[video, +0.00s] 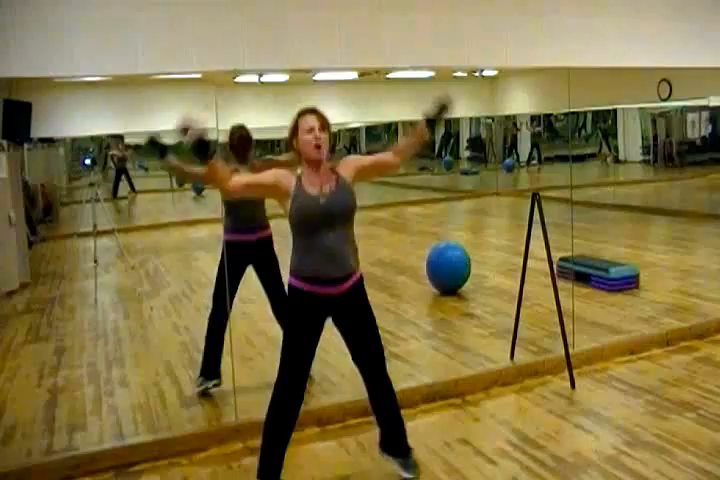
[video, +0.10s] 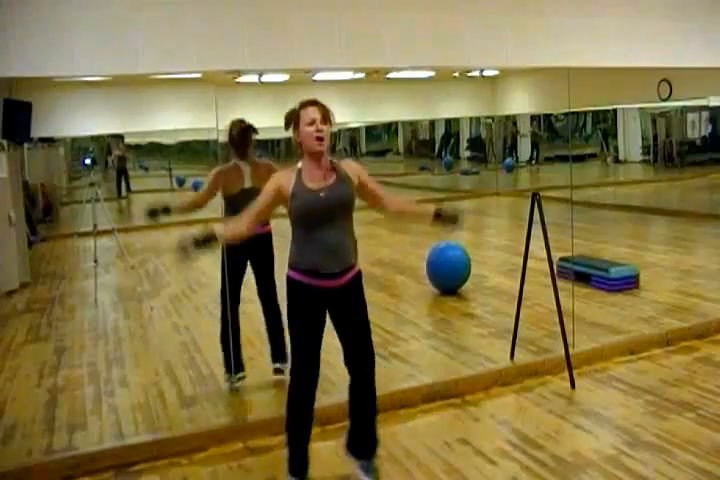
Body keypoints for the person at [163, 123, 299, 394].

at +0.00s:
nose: (240, 146)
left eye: (236, 141)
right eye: (243, 141)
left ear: (229, 146)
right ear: (251, 146)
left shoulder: (222, 171)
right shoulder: (263, 167)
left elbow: (188, 174)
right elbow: (294, 161)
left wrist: (169, 162)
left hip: (235, 244)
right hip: (263, 242)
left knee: (220, 308)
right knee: (281, 304)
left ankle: (209, 374)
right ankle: (302, 365)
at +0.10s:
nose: (244, 144)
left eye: (236, 139)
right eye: (247, 139)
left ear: (229, 143)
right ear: (252, 141)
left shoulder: (222, 174)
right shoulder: (268, 169)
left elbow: (199, 202)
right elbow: (286, 200)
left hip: (234, 244)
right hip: (263, 242)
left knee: (229, 303)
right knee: (270, 300)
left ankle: (234, 369)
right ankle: (280, 359)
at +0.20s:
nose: (247, 154)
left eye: (240, 151)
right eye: (250, 150)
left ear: (231, 153)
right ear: (253, 152)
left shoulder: (227, 185)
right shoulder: (265, 183)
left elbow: (221, 227)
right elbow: (275, 220)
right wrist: (283, 249)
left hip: (236, 252)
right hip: (262, 249)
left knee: (239, 310)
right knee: (262, 306)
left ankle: (250, 371)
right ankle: (266, 368)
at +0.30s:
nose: (243, 156)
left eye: (236, 152)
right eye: (247, 151)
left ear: (232, 155)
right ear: (252, 154)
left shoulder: (227, 187)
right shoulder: (265, 185)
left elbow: (222, 230)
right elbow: (276, 222)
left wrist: (209, 261)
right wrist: (284, 251)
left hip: (235, 255)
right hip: (262, 253)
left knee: (237, 315)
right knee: (264, 311)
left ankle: (248, 373)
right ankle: (266, 372)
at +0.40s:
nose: (242, 143)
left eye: (237, 138)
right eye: (246, 137)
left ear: (231, 141)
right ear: (253, 139)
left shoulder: (224, 173)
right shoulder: (268, 171)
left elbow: (205, 208)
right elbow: (280, 208)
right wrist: (264, 226)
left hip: (232, 243)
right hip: (261, 241)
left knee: (231, 305)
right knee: (268, 301)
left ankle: (240, 365)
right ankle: (272, 360)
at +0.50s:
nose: (247, 143)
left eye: (240, 138)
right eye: (250, 138)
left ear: (231, 142)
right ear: (253, 141)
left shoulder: (223, 171)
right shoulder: (268, 165)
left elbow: (191, 184)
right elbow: (296, 170)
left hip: (232, 238)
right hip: (259, 237)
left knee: (223, 300)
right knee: (276, 297)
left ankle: (221, 365)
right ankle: (289, 357)